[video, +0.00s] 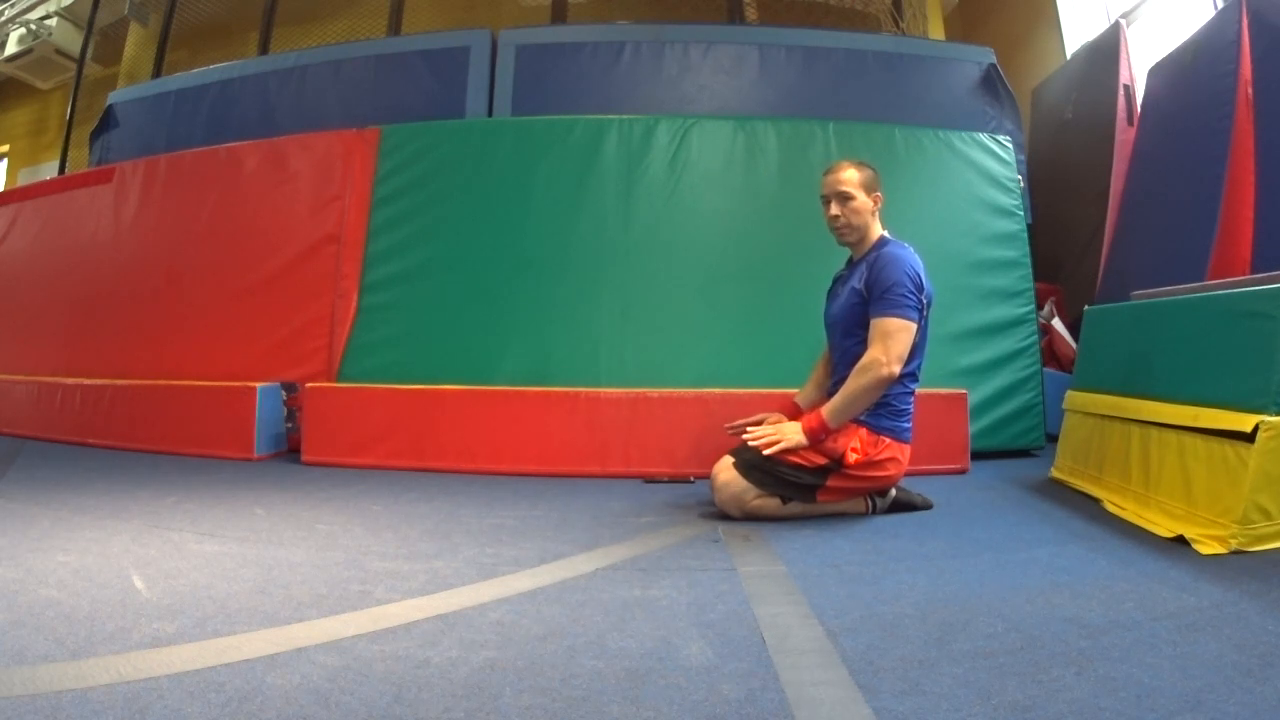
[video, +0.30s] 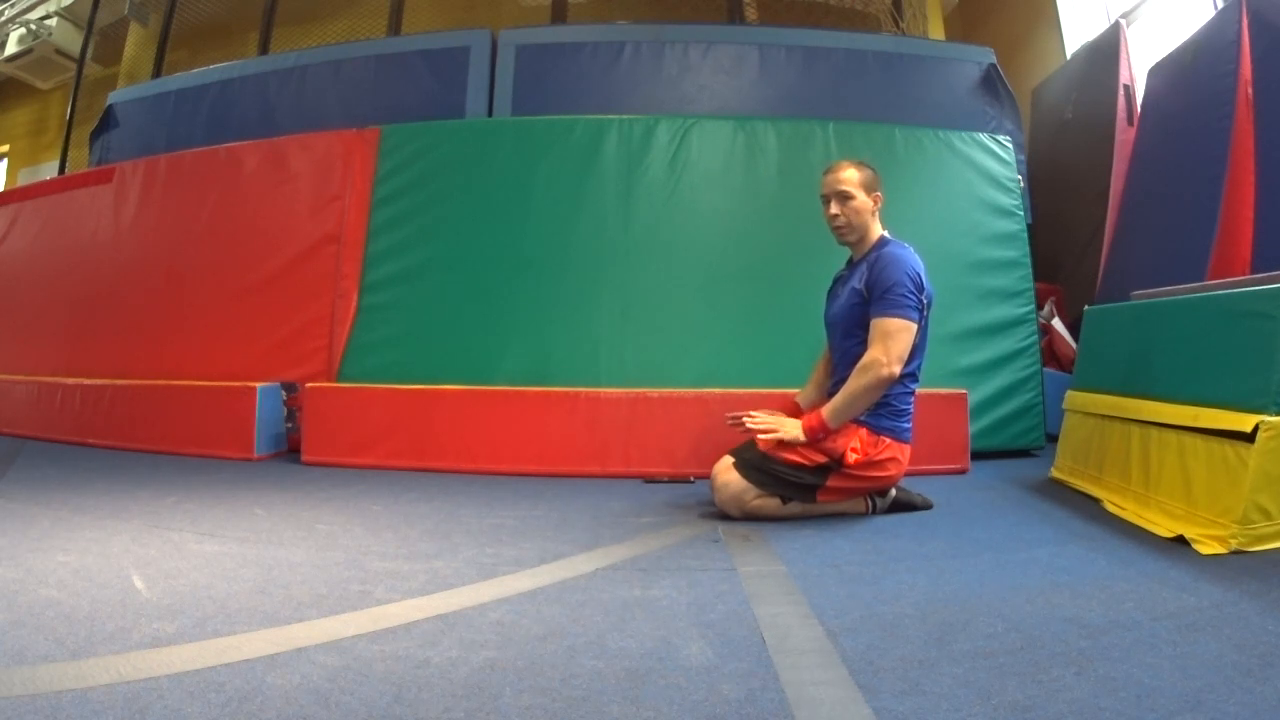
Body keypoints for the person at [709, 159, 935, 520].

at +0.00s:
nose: (833, 212)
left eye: (845, 198)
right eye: (827, 202)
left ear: (876, 201)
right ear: (822, 208)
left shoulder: (895, 263)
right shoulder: (850, 274)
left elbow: (884, 365)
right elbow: (834, 360)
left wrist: (809, 429)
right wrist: (791, 414)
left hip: (872, 445)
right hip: (847, 435)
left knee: (734, 493)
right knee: (725, 474)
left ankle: (869, 502)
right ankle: (863, 491)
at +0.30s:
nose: (833, 211)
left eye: (844, 198)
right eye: (826, 202)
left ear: (875, 201)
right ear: (822, 208)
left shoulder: (895, 263)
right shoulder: (850, 275)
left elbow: (884, 365)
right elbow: (834, 360)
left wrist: (809, 427)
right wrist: (790, 417)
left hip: (872, 445)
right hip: (846, 435)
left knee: (734, 493)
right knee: (725, 474)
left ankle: (869, 502)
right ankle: (861, 491)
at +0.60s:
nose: (832, 213)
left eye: (843, 199)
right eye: (825, 203)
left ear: (873, 201)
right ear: (820, 209)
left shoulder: (894, 263)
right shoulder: (849, 276)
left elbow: (884, 365)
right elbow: (835, 360)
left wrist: (810, 428)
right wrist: (791, 415)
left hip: (872, 443)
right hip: (846, 434)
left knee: (734, 494)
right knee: (726, 474)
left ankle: (869, 502)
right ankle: (862, 492)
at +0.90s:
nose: (827, 214)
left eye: (838, 201)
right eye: (821, 205)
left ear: (870, 202)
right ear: (817, 210)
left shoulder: (894, 263)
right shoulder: (848, 276)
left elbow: (883, 366)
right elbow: (835, 362)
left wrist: (810, 429)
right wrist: (791, 414)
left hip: (872, 444)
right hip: (847, 434)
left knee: (733, 493)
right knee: (726, 474)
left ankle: (868, 502)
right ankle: (863, 492)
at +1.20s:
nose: (812, 220)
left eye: (821, 207)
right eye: (808, 210)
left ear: (855, 204)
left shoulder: (889, 263)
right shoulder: (847, 274)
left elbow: (885, 366)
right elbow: (835, 361)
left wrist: (811, 430)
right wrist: (793, 413)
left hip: (872, 444)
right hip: (846, 434)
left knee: (734, 493)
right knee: (725, 474)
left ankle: (869, 502)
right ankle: (862, 491)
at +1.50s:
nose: (765, 235)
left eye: (772, 220)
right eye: (763, 224)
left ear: (807, 212)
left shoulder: (854, 270)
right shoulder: (814, 284)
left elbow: (853, 376)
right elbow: (804, 372)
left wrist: (780, 446)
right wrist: (755, 426)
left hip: (872, 444)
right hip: (843, 434)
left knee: (733, 492)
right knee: (726, 479)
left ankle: (870, 502)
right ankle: (862, 494)